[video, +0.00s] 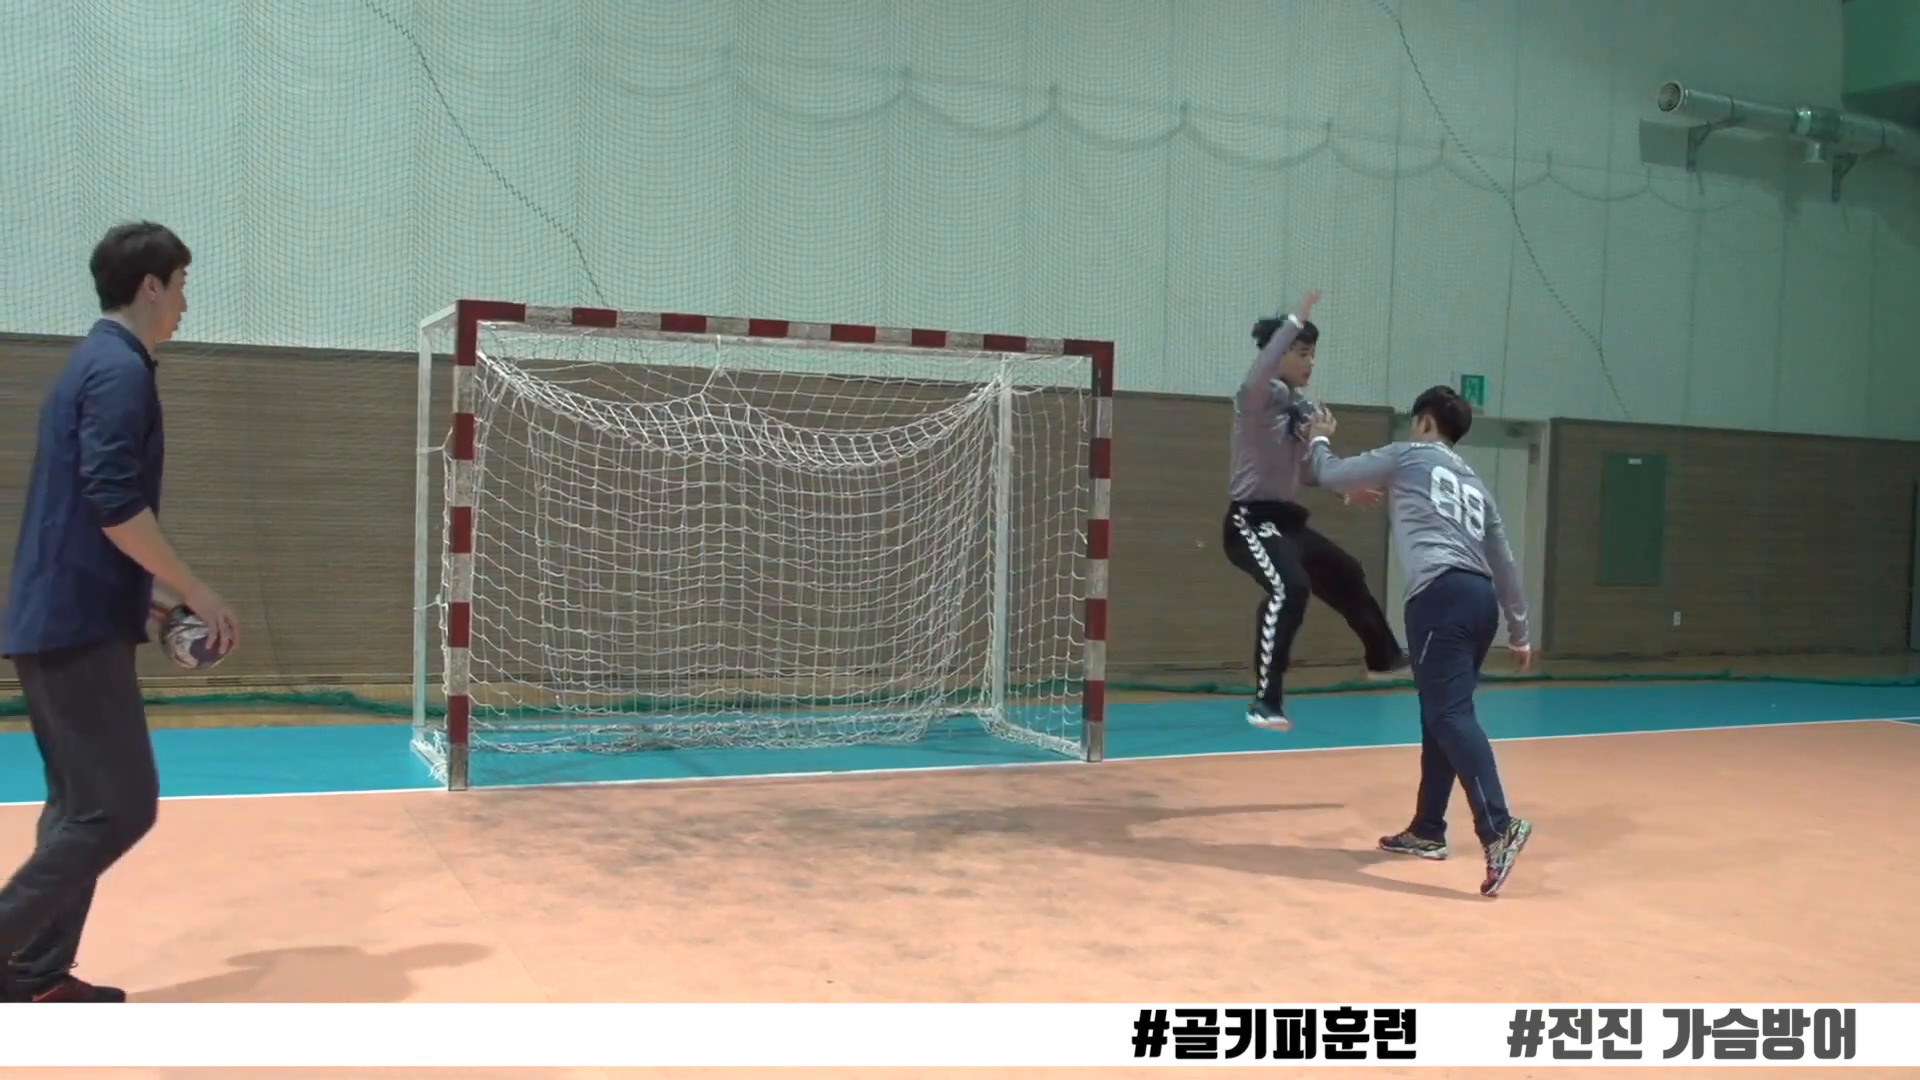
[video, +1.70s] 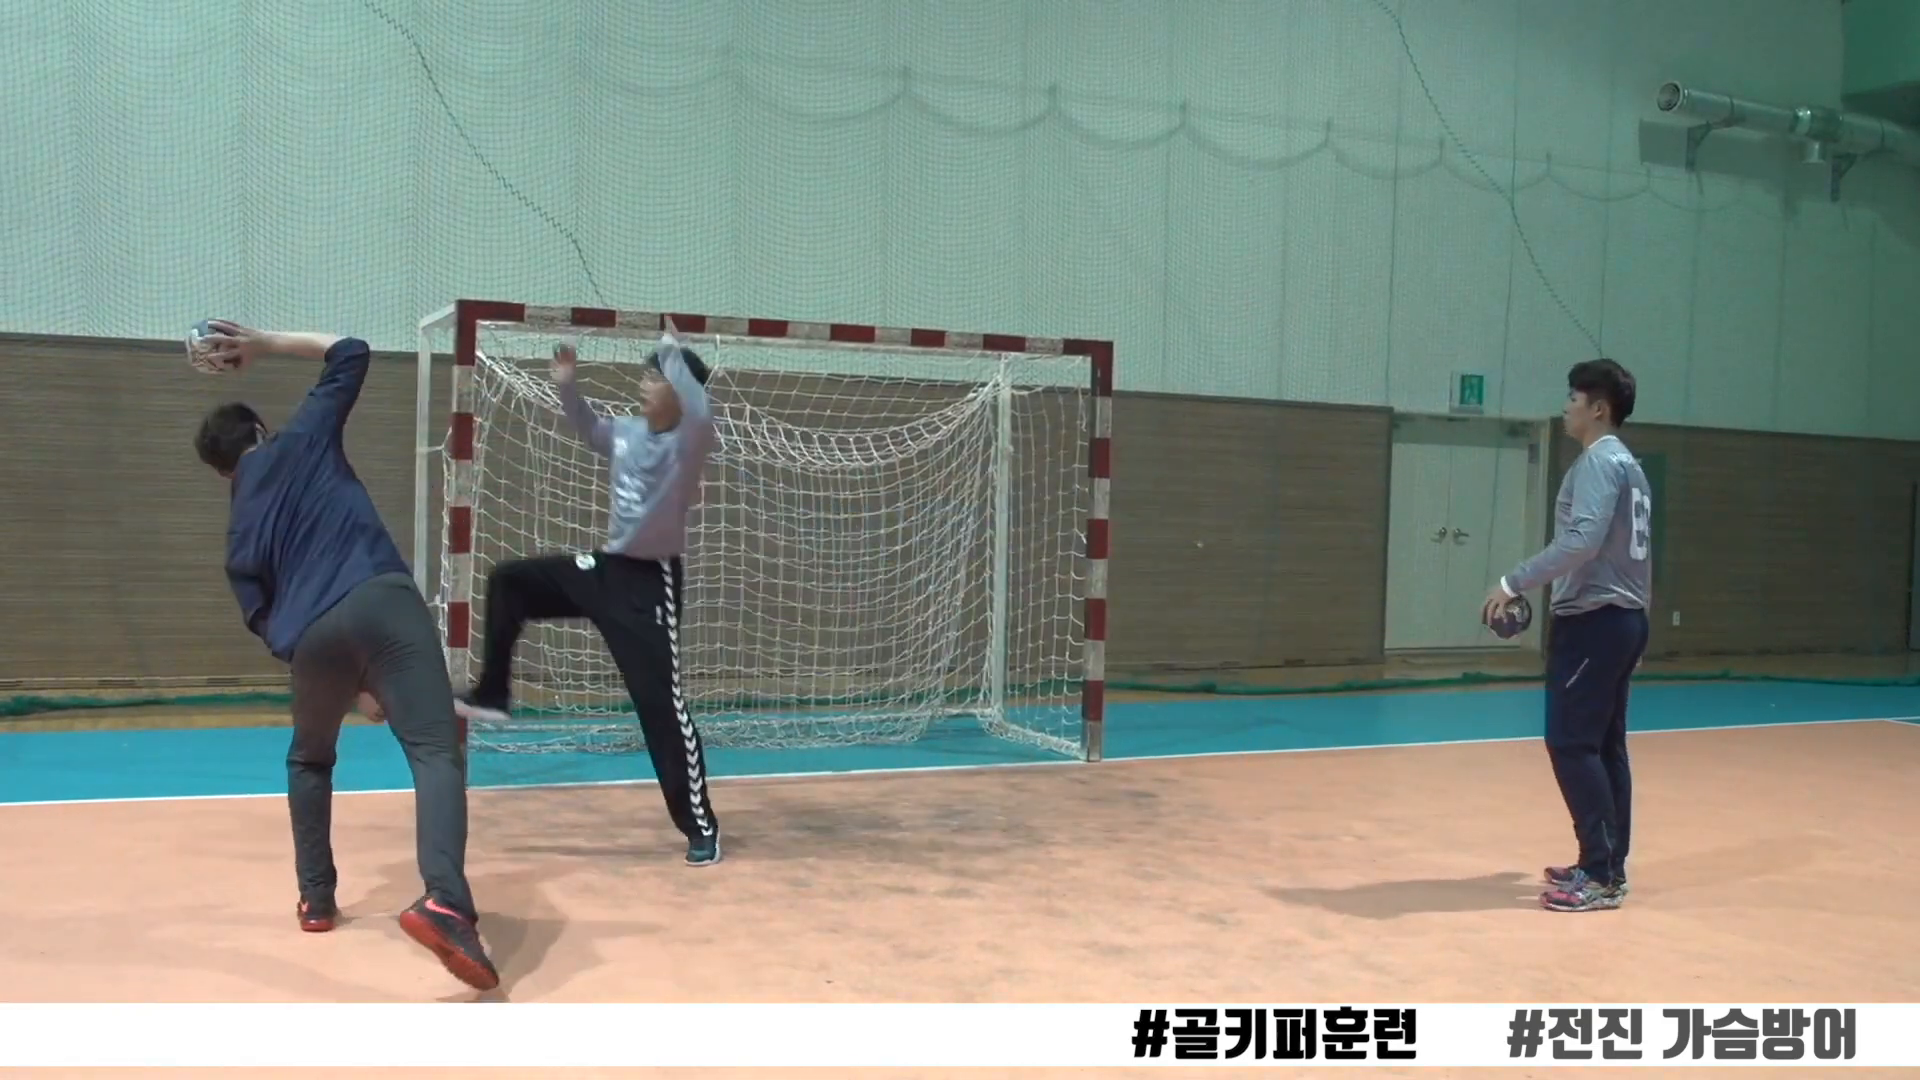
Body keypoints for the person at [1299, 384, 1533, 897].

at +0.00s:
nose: (1410, 430)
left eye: (1413, 422)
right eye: (1413, 423)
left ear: (1425, 423)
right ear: (1457, 433)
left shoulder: (1407, 455)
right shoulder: (1476, 483)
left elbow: (1330, 474)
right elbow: (1503, 560)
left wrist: (1318, 439)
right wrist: (1520, 630)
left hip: (1440, 591)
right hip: (1484, 598)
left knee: (1451, 713)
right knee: (1441, 713)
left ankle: (1498, 827)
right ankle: (1428, 830)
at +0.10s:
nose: (1421, 424)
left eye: (1424, 416)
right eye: (1425, 417)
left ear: (1434, 418)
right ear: (1469, 429)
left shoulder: (1419, 454)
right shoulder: (1483, 483)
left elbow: (1353, 491)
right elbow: (1504, 560)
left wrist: (1339, 472)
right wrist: (1513, 631)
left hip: (1439, 591)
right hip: (1485, 599)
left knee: (1434, 715)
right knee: (1449, 719)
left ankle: (1497, 825)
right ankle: (1428, 828)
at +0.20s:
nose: (1429, 421)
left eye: (1432, 413)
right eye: (1433, 414)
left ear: (1442, 415)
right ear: (1477, 424)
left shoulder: (1425, 455)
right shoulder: (1492, 480)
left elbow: (1373, 505)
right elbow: (1508, 559)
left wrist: (1373, 522)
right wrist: (1512, 629)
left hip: (1442, 592)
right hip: (1487, 599)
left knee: (1432, 717)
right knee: (1452, 720)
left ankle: (1504, 825)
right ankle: (1429, 831)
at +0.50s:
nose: (1450, 421)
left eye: (1453, 413)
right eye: (1453, 413)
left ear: (1465, 414)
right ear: (1493, 419)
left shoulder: (1469, 463)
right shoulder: (1514, 475)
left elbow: (1457, 528)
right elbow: (1537, 552)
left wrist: (1399, 560)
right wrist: (1558, 621)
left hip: (1481, 614)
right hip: (1502, 613)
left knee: (1475, 736)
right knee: (1450, 727)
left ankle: (1522, 861)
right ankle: (1430, 829)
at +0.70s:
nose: (1470, 414)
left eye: (1474, 404)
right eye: (1472, 403)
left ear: (1491, 406)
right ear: (1509, 408)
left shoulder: (1502, 456)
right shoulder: (1533, 462)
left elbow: (1503, 523)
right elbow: (1556, 543)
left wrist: (1433, 570)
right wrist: (1563, 607)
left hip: (1511, 611)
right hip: (1520, 608)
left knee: (1497, 732)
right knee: (1481, 725)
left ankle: (1524, 862)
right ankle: (1497, 834)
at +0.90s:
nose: (1498, 407)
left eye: (1503, 398)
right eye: (1501, 397)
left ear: (1521, 403)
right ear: (1535, 406)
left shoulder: (1535, 457)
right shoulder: (1544, 456)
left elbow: (1551, 531)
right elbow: (1553, 533)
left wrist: (1521, 595)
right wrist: (1516, 596)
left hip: (1533, 612)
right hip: (1544, 611)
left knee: (1517, 736)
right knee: (1536, 731)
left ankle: (1524, 861)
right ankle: (1591, 841)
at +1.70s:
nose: (1565, 408)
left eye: (1573, 399)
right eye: (1569, 398)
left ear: (1596, 406)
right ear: (1605, 408)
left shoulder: (1598, 462)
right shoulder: (1625, 464)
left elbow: (1582, 542)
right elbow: (1611, 550)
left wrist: (1511, 583)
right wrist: (1539, 586)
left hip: (1595, 621)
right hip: (1621, 620)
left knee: (1569, 741)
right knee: (1605, 742)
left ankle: (1600, 874)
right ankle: (1607, 865)